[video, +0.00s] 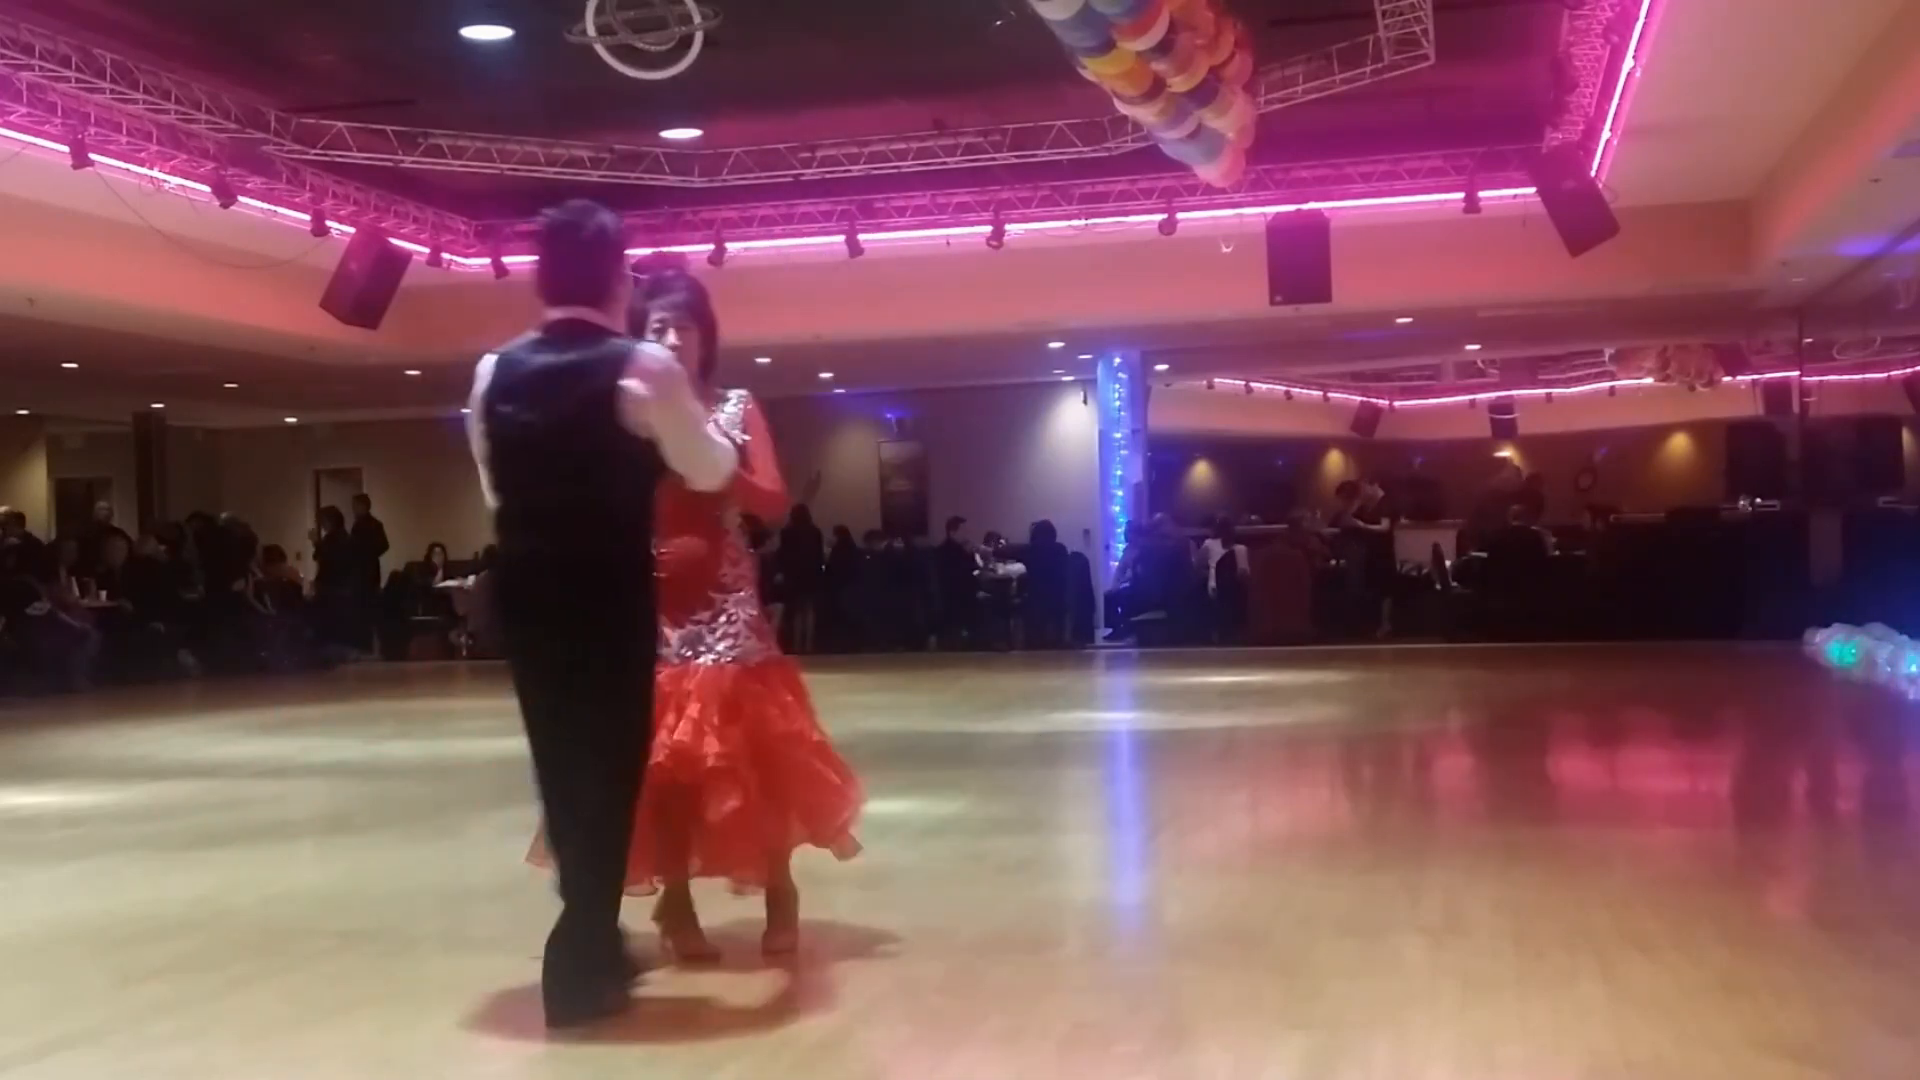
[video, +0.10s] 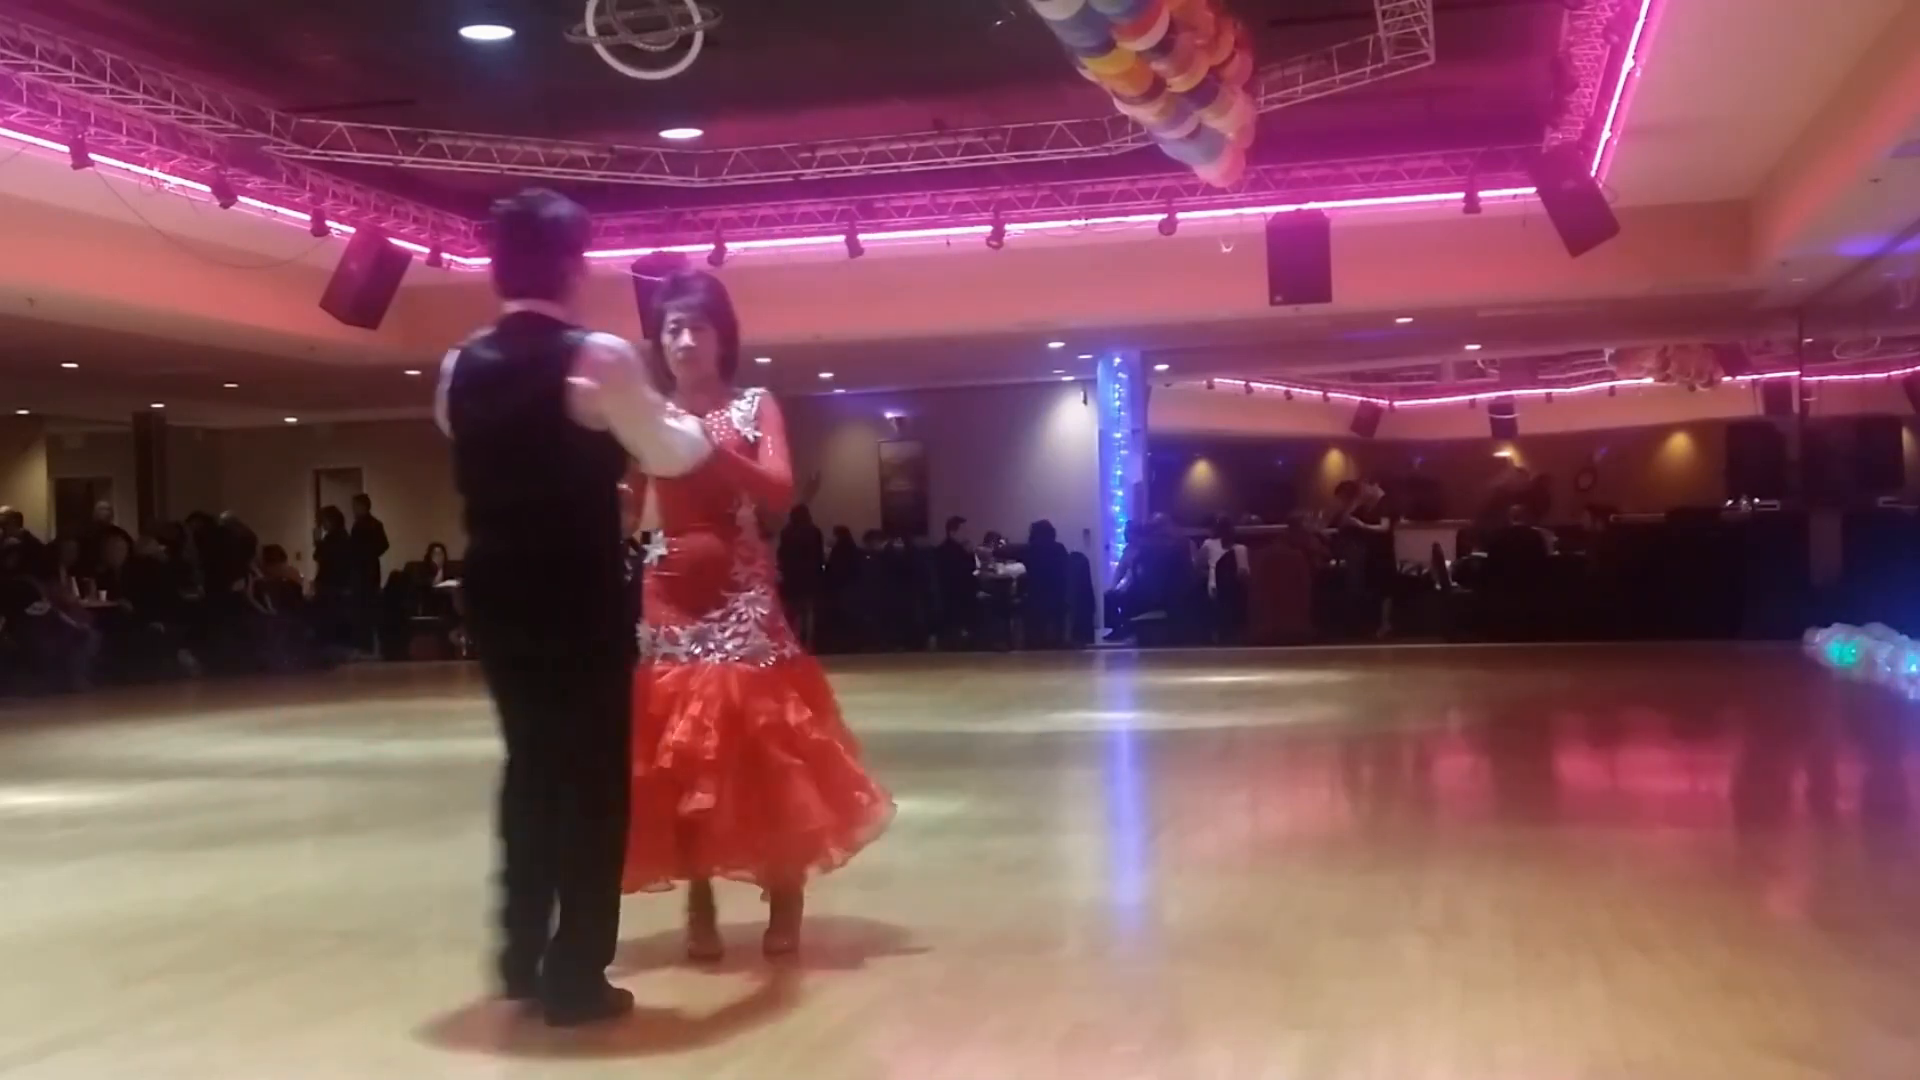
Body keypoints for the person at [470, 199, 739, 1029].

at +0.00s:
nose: (632, 284)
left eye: (622, 271)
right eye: (629, 272)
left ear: (540, 278)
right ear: (618, 277)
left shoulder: (494, 373)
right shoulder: (643, 369)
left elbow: (493, 484)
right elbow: (710, 469)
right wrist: (698, 414)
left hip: (527, 595)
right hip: (613, 594)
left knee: (564, 764)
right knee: (608, 768)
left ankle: (592, 938)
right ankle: (578, 979)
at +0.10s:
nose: (586, 270)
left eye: (579, 257)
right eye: (583, 257)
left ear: (497, 266)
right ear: (572, 265)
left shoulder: (460, 367)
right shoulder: (598, 362)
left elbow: (468, 450)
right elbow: (677, 452)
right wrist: (694, 419)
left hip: (497, 601)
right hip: (583, 603)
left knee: (532, 763)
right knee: (594, 778)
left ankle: (521, 954)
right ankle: (577, 977)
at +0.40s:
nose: (484, 275)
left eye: (480, 259)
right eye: (477, 261)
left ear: (396, 265)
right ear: (450, 265)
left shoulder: (365, 368)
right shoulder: (483, 361)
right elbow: (559, 445)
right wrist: (641, 451)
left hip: (400, 610)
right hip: (484, 609)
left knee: (422, 777)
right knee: (544, 782)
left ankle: (397, 979)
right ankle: (568, 974)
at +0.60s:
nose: (470, 275)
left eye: (467, 259)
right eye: (463, 260)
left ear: (383, 263)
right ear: (437, 264)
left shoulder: (349, 365)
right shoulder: (462, 358)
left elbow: (436, 447)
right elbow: (537, 471)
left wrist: (533, 403)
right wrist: (633, 473)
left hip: (393, 610)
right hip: (476, 606)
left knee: (409, 787)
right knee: (525, 783)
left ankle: (400, 986)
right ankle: (523, 965)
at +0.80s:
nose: (490, 284)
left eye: (488, 269)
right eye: (483, 269)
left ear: (409, 279)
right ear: (447, 275)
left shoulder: (384, 369)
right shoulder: (465, 370)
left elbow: (483, 374)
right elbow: (526, 488)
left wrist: (539, 291)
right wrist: (627, 497)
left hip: (414, 611)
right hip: (490, 609)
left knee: (420, 779)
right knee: (534, 769)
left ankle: (402, 985)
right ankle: (505, 944)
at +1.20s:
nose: (536, 282)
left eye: (532, 268)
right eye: (521, 270)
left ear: (487, 283)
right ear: (470, 281)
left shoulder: (505, 363)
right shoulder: (469, 370)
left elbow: (589, 368)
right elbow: (507, 483)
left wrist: (658, 318)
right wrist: (623, 481)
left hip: (536, 586)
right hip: (511, 591)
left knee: (531, 753)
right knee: (535, 757)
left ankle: (462, 914)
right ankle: (497, 947)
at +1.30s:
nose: (543, 277)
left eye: (539, 264)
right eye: (525, 268)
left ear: (516, 281)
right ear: (474, 283)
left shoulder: (550, 372)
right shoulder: (468, 374)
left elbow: (620, 433)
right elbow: (525, 473)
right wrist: (639, 481)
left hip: (560, 582)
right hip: (512, 590)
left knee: (547, 745)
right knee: (544, 746)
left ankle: (486, 905)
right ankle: (499, 943)